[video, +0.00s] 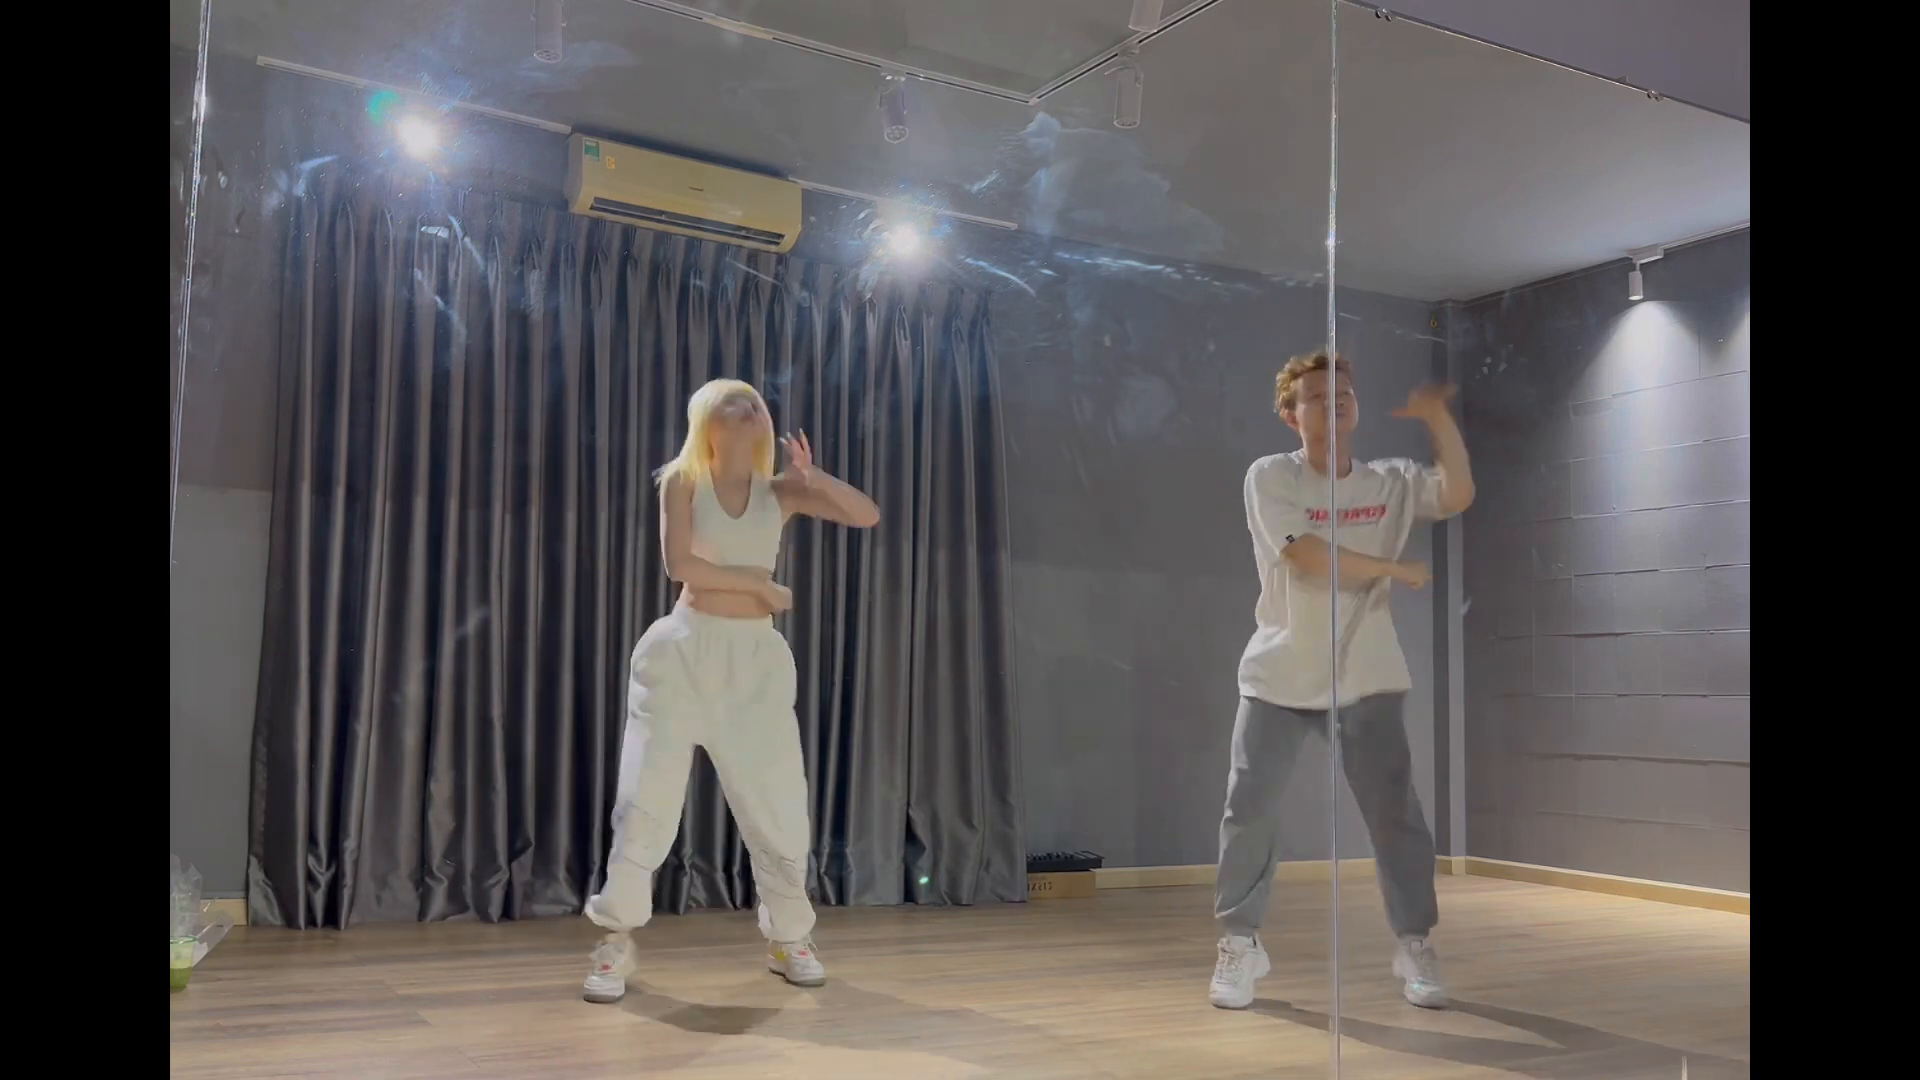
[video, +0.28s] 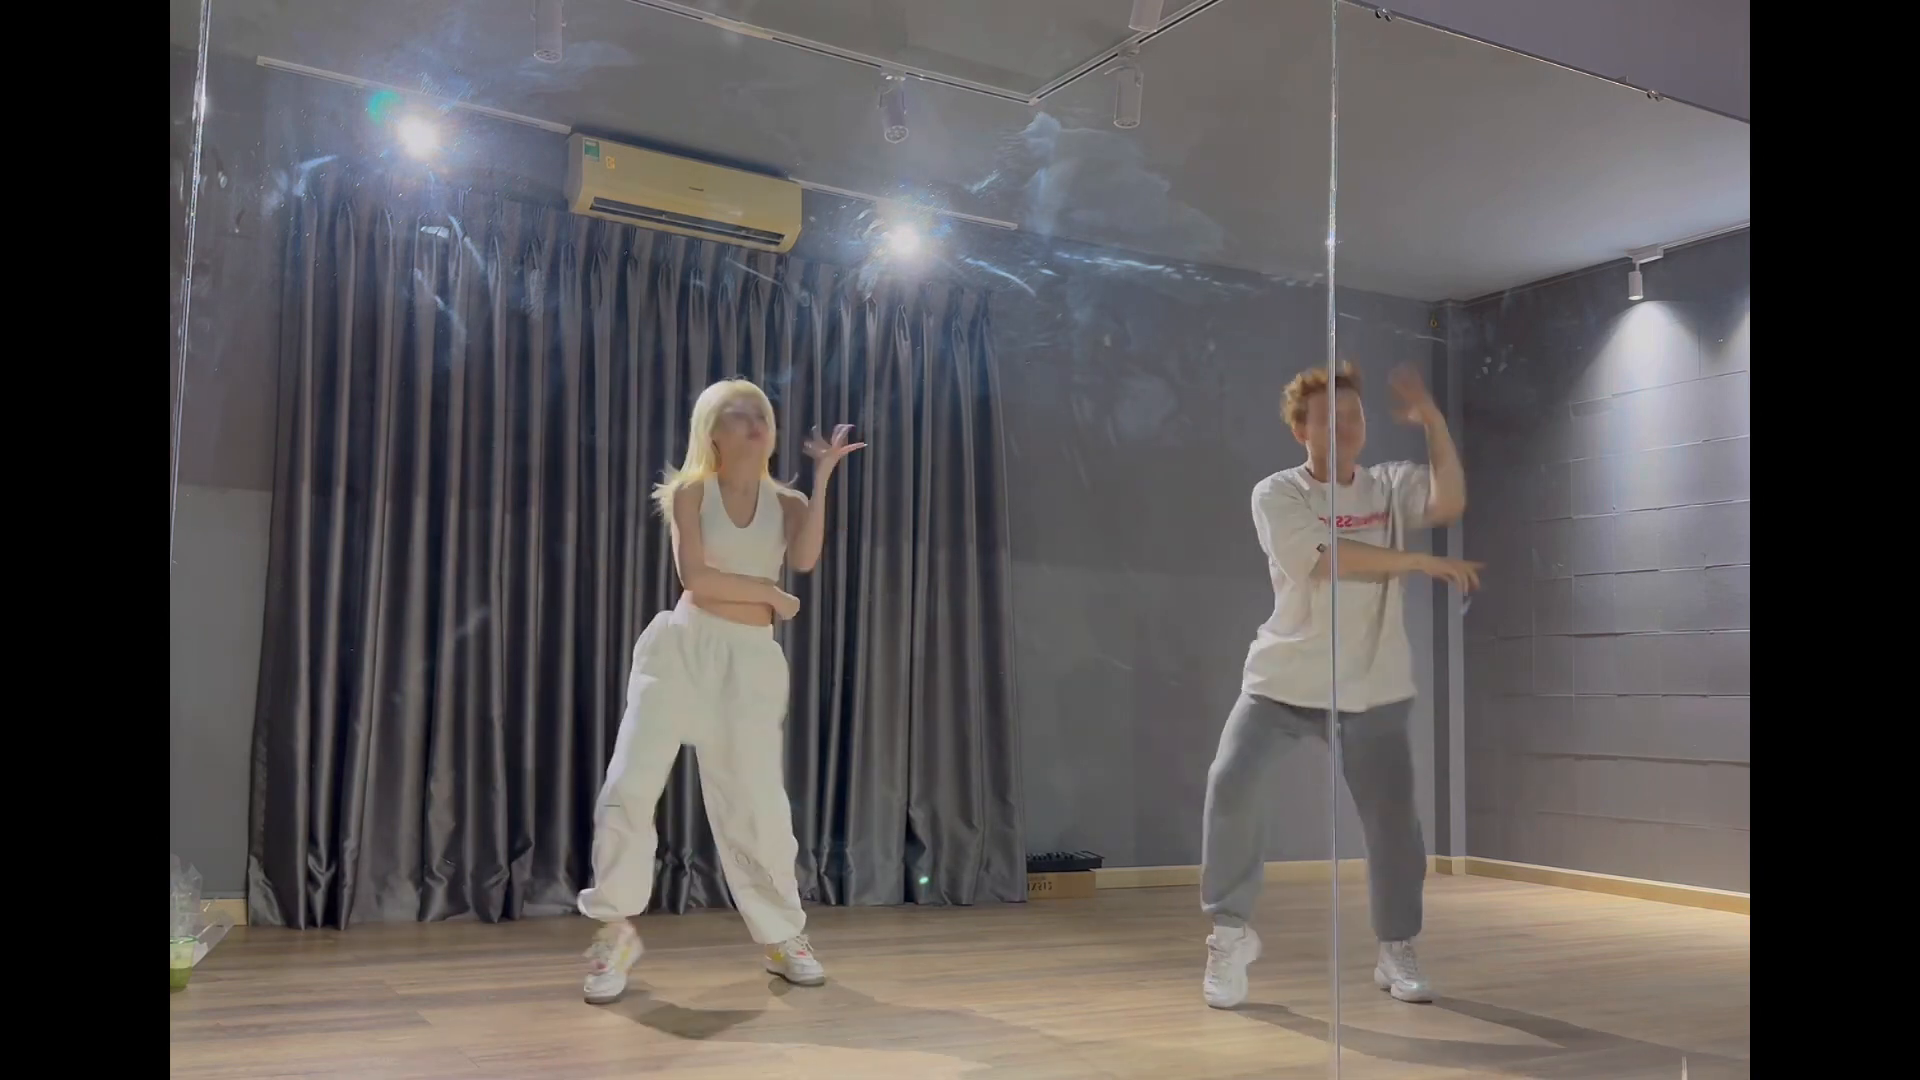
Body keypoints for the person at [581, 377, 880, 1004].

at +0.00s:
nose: (750, 410)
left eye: (756, 403)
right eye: (734, 405)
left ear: (766, 424)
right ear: (709, 428)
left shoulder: (781, 487)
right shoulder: (683, 482)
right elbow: (680, 565)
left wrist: (813, 477)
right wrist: (759, 586)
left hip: (756, 665)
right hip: (679, 660)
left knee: (780, 812)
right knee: (644, 805)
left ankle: (789, 940)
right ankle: (615, 945)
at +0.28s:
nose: (751, 424)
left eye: (759, 416)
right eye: (736, 416)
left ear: (774, 434)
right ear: (710, 434)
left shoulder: (789, 503)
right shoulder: (691, 491)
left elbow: (805, 558)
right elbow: (695, 581)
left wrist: (821, 474)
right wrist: (770, 596)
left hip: (750, 662)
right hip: (678, 654)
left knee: (758, 801)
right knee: (628, 789)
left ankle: (784, 939)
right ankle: (614, 934)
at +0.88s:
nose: (739, 459)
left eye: (746, 449)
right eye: (727, 448)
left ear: (754, 459)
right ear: (701, 453)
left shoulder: (746, 515)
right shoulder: (678, 489)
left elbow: (790, 549)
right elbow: (672, 570)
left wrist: (808, 490)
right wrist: (742, 608)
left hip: (751, 680)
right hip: (680, 683)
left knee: (791, 814)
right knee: (622, 812)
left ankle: (789, 944)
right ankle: (635, 946)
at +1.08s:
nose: (724, 457)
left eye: (733, 447)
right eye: (712, 445)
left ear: (744, 459)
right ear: (685, 451)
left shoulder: (755, 511)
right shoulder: (661, 516)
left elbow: (737, 590)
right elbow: (680, 596)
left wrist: (742, 618)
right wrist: (751, 608)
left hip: (719, 680)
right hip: (664, 669)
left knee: (785, 802)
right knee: (632, 809)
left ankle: (778, 939)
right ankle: (579, 946)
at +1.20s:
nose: (716, 465)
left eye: (727, 458)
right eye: (702, 453)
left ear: (738, 471)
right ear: (669, 461)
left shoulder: (745, 510)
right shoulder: (651, 514)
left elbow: (726, 539)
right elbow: (668, 605)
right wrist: (739, 616)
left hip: (721, 692)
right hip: (657, 681)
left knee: (789, 812)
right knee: (627, 824)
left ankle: (780, 942)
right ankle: (583, 950)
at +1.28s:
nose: (720, 467)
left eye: (729, 459)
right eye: (707, 454)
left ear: (738, 471)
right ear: (673, 464)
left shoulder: (737, 509)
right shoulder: (650, 522)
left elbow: (782, 533)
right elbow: (667, 606)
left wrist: (703, 501)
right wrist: (740, 615)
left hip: (734, 693)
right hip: (666, 685)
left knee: (801, 819)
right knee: (628, 826)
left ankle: (771, 940)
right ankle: (589, 950)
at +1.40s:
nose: (733, 470)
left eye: (740, 462)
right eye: (722, 458)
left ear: (746, 472)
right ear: (692, 462)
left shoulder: (745, 526)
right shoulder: (664, 518)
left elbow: (825, 519)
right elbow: (675, 601)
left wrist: (749, 511)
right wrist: (754, 615)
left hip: (764, 692)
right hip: (696, 692)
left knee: (813, 828)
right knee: (645, 836)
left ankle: (760, 946)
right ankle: (593, 955)